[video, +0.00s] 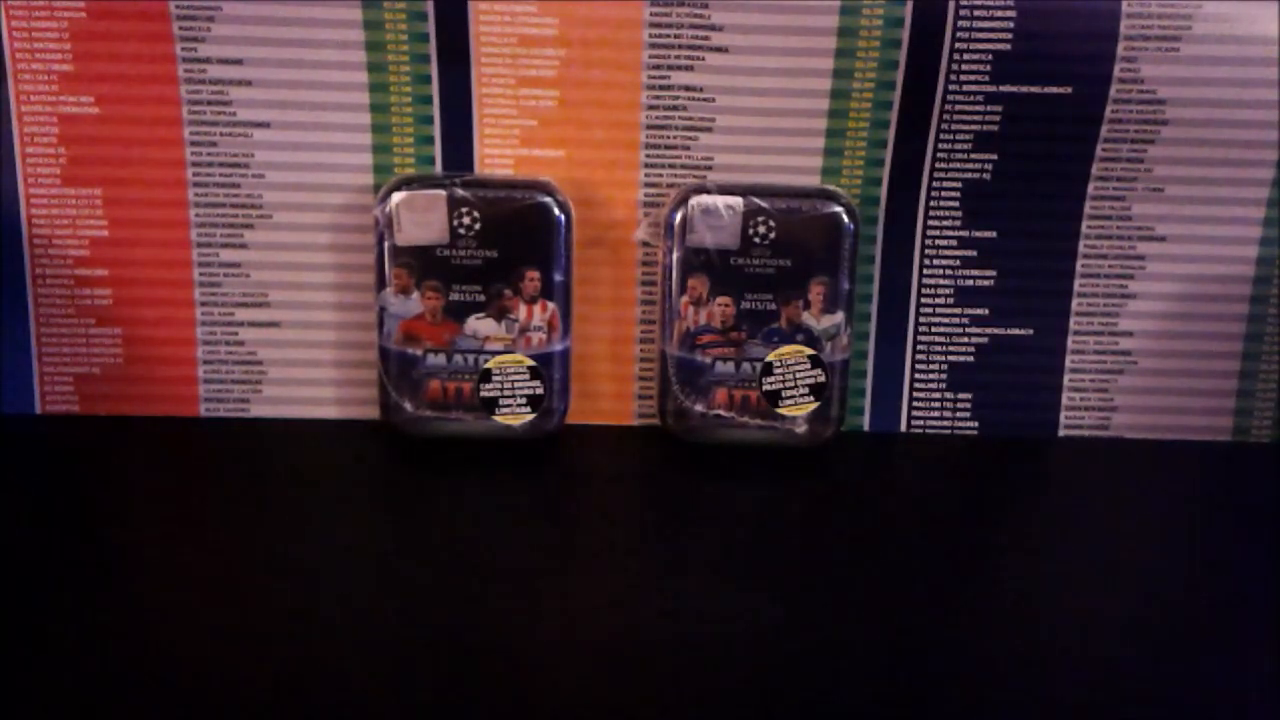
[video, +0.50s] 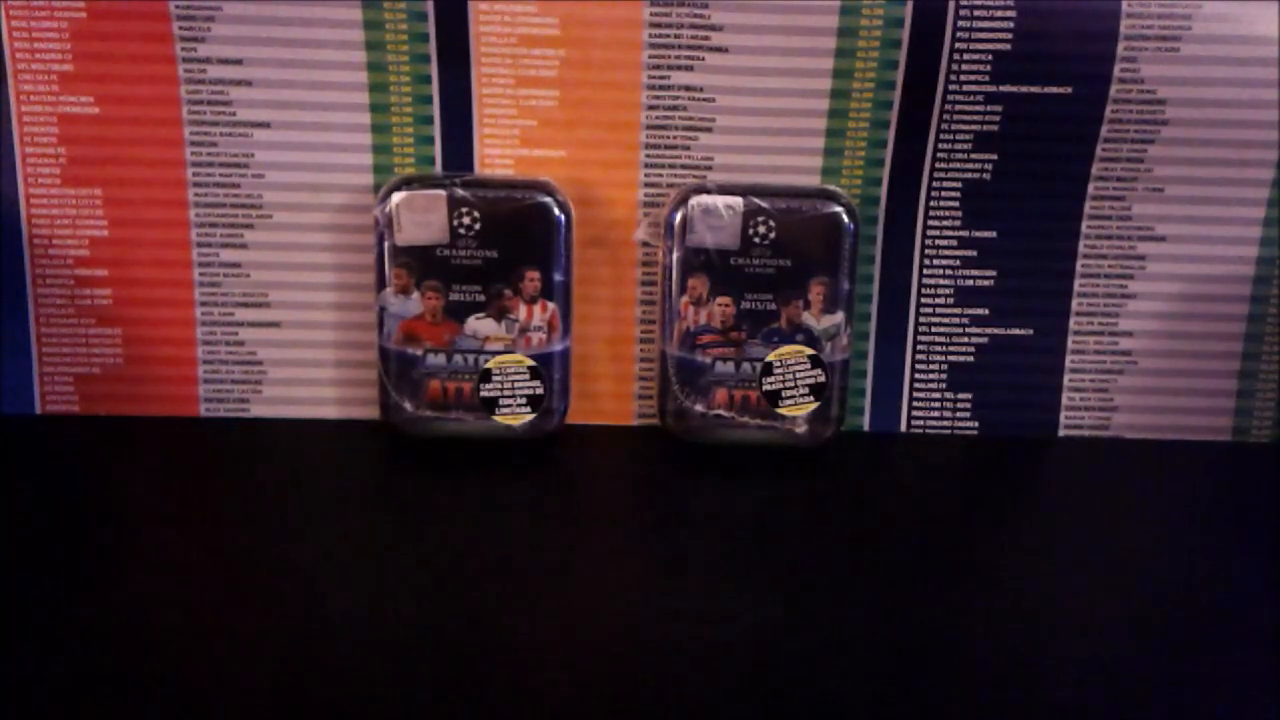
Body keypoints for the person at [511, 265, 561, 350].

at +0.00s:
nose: (536, 285)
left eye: (538, 280)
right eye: (531, 280)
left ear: (541, 283)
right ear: (521, 284)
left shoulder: (551, 308)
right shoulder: (512, 305)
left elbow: (556, 336)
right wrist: (520, 329)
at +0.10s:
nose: (536, 285)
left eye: (538, 280)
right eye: (531, 280)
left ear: (541, 283)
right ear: (521, 284)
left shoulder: (551, 308)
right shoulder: (512, 305)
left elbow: (556, 337)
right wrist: (520, 329)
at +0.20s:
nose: (536, 285)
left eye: (539, 281)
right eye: (531, 280)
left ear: (541, 283)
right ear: (521, 284)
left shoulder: (551, 308)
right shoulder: (512, 305)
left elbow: (556, 337)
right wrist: (520, 329)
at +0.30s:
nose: (536, 285)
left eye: (539, 281)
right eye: (531, 281)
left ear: (541, 283)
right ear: (521, 284)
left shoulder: (551, 308)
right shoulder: (511, 306)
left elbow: (556, 337)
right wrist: (520, 329)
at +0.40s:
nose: (536, 285)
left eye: (539, 281)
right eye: (531, 281)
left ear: (541, 283)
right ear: (521, 284)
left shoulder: (551, 308)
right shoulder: (511, 306)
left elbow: (556, 337)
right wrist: (520, 329)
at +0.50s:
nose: (536, 285)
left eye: (538, 281)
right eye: (531, 281)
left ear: (541, 283)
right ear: (521, 284)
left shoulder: (551, 308)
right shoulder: (511, 306)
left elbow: (556, 337)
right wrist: (520, 329)